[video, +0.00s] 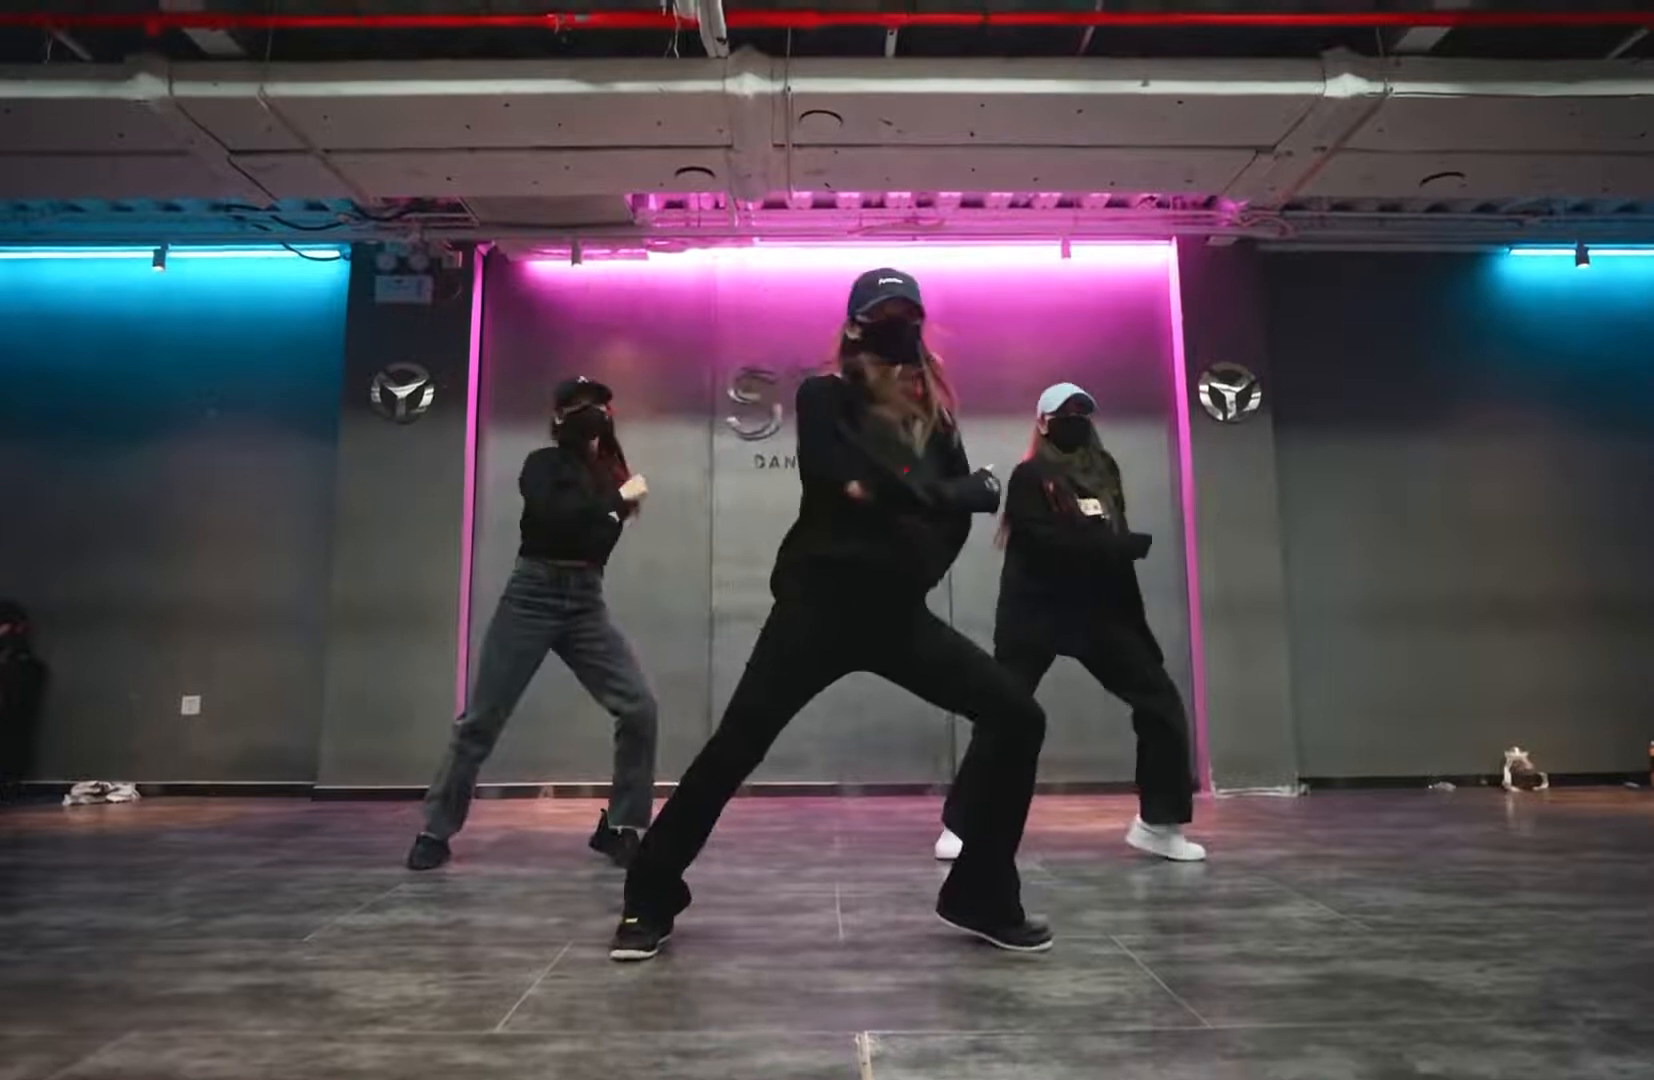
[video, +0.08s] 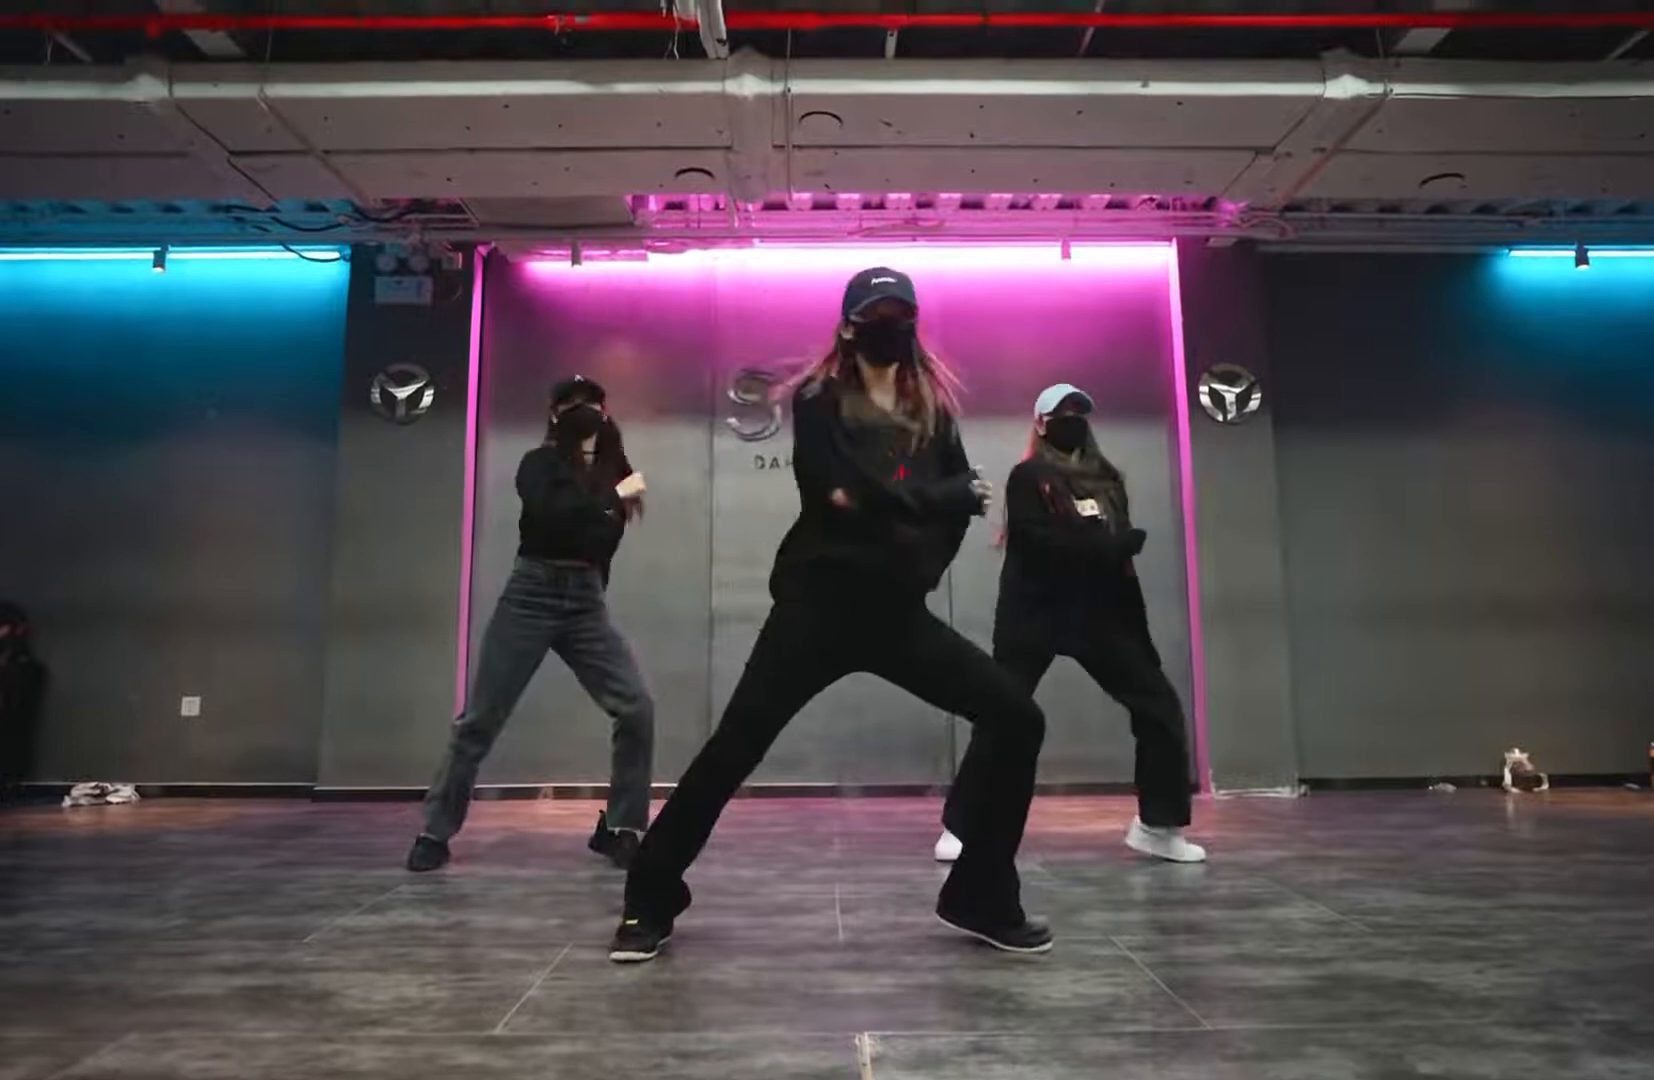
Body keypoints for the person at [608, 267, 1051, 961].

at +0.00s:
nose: (898, 336)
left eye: (908, 323)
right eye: (882, 324)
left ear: (922, 329)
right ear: (855, 330)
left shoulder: (934, 415)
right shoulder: (824, 394)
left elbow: (978, 496)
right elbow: (831, 478)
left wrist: (883, 489)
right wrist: (946, 493)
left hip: (897, 617)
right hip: (814, 614)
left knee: (1016, 718)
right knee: (732, 752)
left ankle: (981, 892)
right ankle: (647, 905)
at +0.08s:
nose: (887, 329)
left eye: (898, 317)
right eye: (873, 317)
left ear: (914, 324)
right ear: (851, 325)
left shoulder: (935, 413)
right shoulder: (820, 399)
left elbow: (957, 519)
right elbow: (831, 491)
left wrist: (870, 500)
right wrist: (946, 495)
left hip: (897, 618)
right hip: (813, 615)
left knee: (1016, 720)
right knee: (732, 752)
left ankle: (981, 893)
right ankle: (647, 906)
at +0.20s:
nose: (871, 328)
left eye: (883, 315)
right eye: (857, 316)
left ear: (902, 323)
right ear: (836, 326)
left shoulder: (919, 418)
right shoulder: (806, 406)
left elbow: (943, 523)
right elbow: (788, 505)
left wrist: (989, 608)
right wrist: (824, 508)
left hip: (898, 621)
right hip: (810, 620)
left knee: (1015, 723)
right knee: (728, 752)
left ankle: (981, 896)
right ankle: (646, 909)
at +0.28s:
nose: (864, 318)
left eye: (876, 307)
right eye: (850, 308)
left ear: (895, 319)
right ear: (828, 321)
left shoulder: (916, 410)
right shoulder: (796, 407)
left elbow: (965, 496)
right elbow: (748, 487)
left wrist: (1055, 518)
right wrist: (697, 483)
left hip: (894, 620)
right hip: (805, 620)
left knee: (1010, 724)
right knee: (723, 753)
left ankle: (978, 897)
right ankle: (646, 908)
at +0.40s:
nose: (856, 319)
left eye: (868, 307)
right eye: (841, 308)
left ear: (888, 318)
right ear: (818, 320)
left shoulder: (932, 402)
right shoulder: (771, 393)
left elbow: (1021, 394)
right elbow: (693, 414)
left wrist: (1036, 402)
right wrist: (665, 486)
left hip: (898, 620)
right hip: (801, 622)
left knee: (989, 730)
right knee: (735, 752)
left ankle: (1008, 886)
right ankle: (646, 891)